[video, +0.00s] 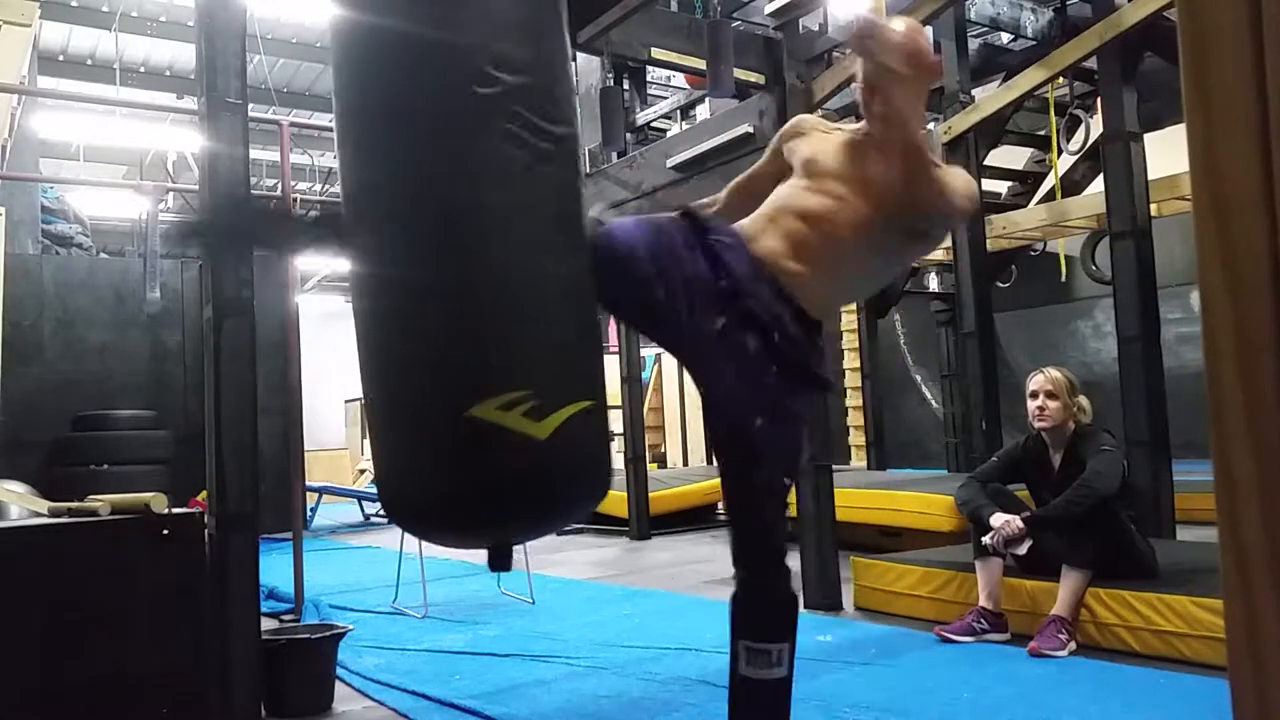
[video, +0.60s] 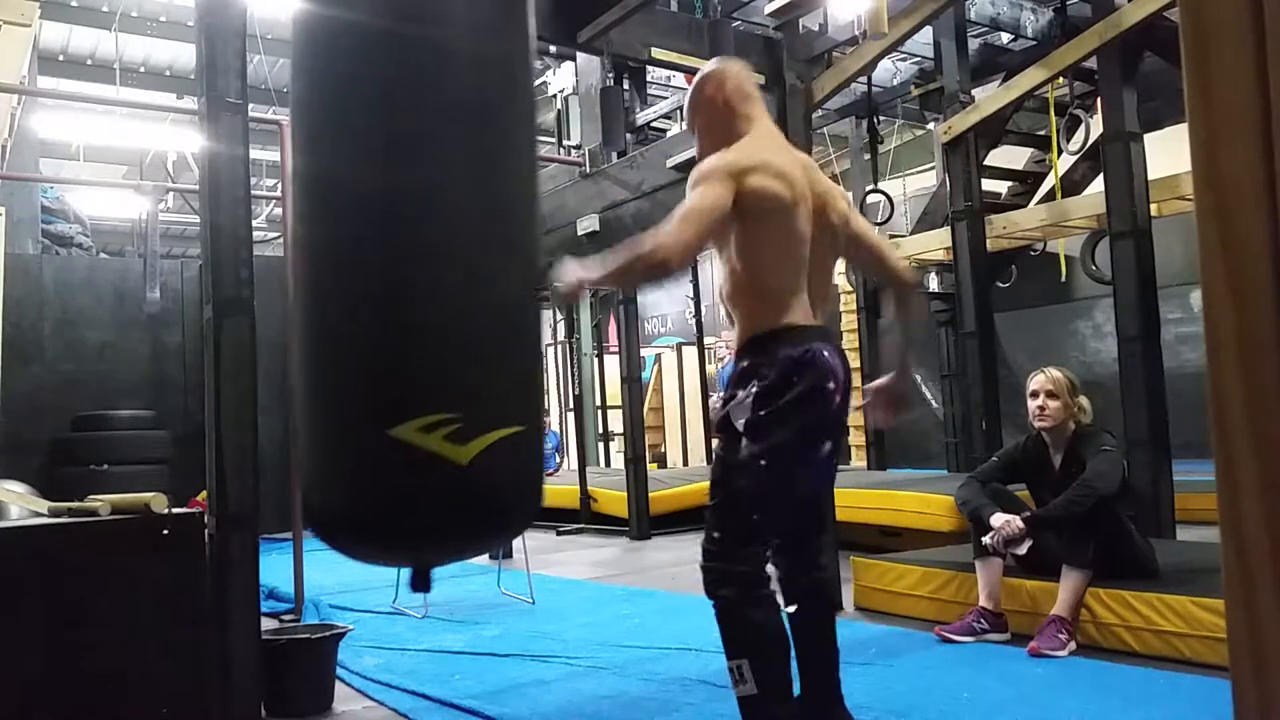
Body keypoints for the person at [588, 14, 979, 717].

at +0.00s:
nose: (865, 77)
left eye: (885, 63)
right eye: (861, 61)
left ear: (929, 77)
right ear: (854, 74)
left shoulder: (952, 189)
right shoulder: (805, 133)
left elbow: (917, 196)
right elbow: (720, 210)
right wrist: (635, 237)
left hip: (774, 346)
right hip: (708, 265)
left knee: (760, 552)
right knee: (580, 251)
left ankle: (760, 714)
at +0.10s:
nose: (843, 80)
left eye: (860, 63)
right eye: (833, 62)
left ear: (903, 60)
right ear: (824, 60)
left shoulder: (935, 161)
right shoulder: (806, 125)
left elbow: (863, 186)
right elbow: (738, 204)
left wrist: (800, 44)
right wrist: (664, 184)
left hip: (775, 347)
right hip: (694, 280)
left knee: (760, 560)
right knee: (544, 306)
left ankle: (756, 712)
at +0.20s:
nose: (811, 53)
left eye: (826, 35)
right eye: (805, 42)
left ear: (876, 33)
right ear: (801, 47)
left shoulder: (916, 132)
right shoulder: (809, 126)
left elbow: (833, 183)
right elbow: (733, 209)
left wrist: (759, 77)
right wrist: (658, 180)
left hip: (778, 340)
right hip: (700, 301)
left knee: (754, 551)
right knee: (558, 386)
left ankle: (756, 713)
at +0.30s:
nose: (774, 51)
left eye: (791, 33)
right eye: (770, 40)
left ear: (844, 38)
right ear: (775, 57)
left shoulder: (878, 123)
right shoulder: (791, 141)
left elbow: (825, 201)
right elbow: (727, 242)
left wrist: (722, 111)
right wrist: (635, 206)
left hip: (774, 342)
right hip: (712, 330)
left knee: (742, 538)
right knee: (610, 449)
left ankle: (757, 712)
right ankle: (621, 617)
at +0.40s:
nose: (740, 75)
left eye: (750, 53)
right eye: (738, 62)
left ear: (797, 46)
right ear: (792, 53)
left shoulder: (831, 126)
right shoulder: (796, 138)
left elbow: (783, 205)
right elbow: (766, 249)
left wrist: (654, 132)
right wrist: (718, 303)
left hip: (768, 350)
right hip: (737, 348)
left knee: (730, 538)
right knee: (716, 530)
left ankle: (760, 704)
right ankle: (765, 669)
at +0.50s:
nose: (707, 108)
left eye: (709, 92)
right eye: (704, 96)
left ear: (742, 77)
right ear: (770, 77)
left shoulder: (763, 141)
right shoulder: (812, 151)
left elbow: (709, 206)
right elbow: (841, 283)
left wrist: (590, 191)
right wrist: (819, 354)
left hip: (763, 363)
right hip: (805, 359)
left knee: (722, 549)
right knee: (801, 544)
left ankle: (767, 705)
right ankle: (818, 699)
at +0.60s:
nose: (693, 137)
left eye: (693, 119)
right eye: (690, 121)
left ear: (717, 104)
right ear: (755, 104)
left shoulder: (726, 164)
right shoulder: (813, 174)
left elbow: (671, 250)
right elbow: (903, 280)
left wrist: (590, 271)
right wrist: (900, 370)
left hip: (772, 378)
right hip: (821, 373)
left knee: (731, 564)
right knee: (806, 556)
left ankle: (768, 710)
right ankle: (824, 707)